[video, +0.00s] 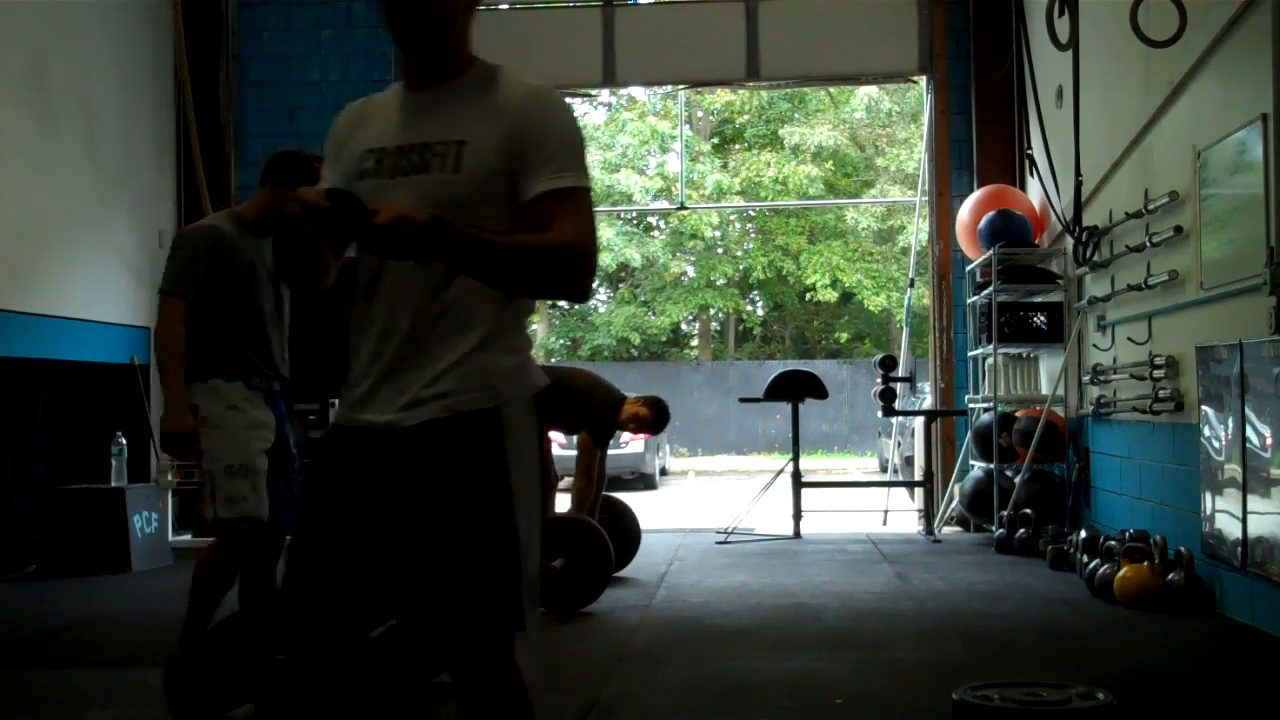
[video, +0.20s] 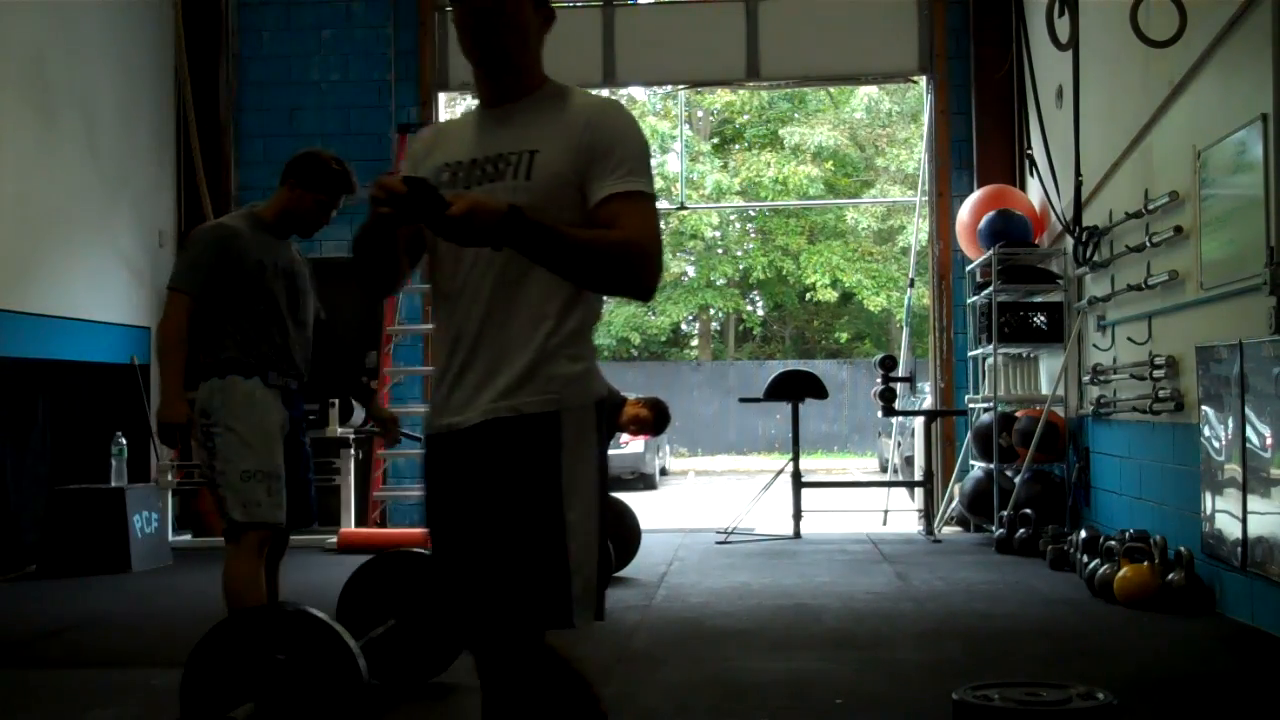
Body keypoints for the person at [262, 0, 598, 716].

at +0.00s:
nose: (413, 13)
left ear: (469, 2)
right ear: (384, 8)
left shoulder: (529, 109)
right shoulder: (355, 123)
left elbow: (574, 269)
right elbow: (316, 274)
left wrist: (434, 239)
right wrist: (303, 229)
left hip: (478, 417)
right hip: (366, 424)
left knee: (479, 652)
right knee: (326, 642)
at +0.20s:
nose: (480, 28)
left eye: (498, 11)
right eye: (468, 13)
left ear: (542, 15)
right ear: (454, 24)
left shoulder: (598, 123)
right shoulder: (429, 147)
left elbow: (639, 269)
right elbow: (376, 278)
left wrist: (509, 224)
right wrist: (387, 222)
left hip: (551, 412)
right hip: (455, 420)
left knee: (535, 644)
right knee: (483, 643)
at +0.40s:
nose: (524, 46)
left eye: (542, 27)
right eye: (512, 33)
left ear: (586, 37)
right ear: (503, 48)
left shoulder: (649, 129)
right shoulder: (503, 174)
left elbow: (687, 258)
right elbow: (454, 297)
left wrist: (555, 226)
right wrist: (439, 239)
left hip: (629, 408)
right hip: (545, 414)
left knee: (598, 620)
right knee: (579, 619)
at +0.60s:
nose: (572, 45)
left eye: (589, 27)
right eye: (559, 34)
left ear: (632, 33)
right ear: (551, 49)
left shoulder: (690, 114)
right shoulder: (554, 171)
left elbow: (740, 237)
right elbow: (510, 290)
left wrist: (609, 214)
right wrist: (496, 232)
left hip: (688, 393)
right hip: (607, 401)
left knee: (649, 607)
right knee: (636, 607)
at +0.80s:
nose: (636, 44)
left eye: (652, 27)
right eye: (625, 33)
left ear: (693, 36)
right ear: (616, 48)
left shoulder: (753, 122)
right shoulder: (613, 170)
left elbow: (793, 249)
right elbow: (568, 290)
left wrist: (665, 225)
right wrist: (554, 242)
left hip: (746, 402)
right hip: (650, 412)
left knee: (762, 608)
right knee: (660, 619)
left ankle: (841, 712)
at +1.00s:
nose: (718, 45)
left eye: (736, 28)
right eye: (704, 33)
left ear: (774, 44)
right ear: (693, 52)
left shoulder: (832, 136)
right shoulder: (680, 171)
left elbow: (866, 263)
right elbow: (628, 291)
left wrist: (744, 238)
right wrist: (626, 243)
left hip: (823, 418)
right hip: (714, 424)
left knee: (877, 613)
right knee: (684, 615)